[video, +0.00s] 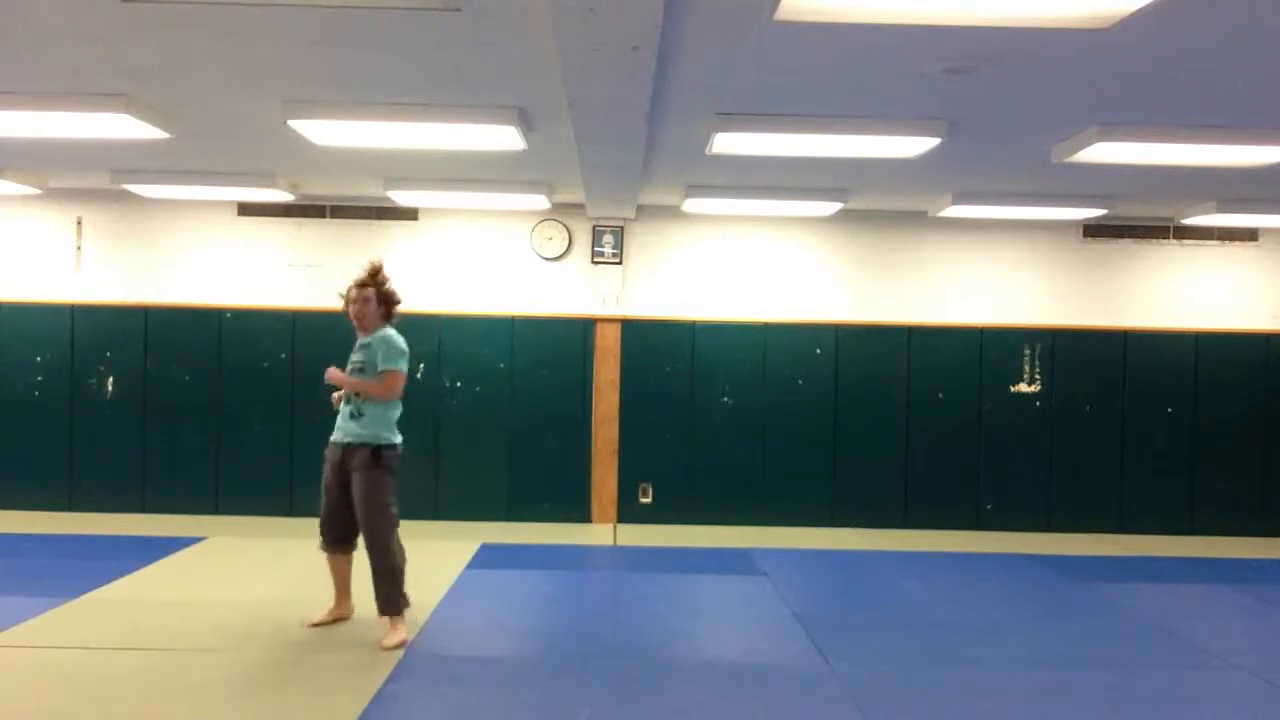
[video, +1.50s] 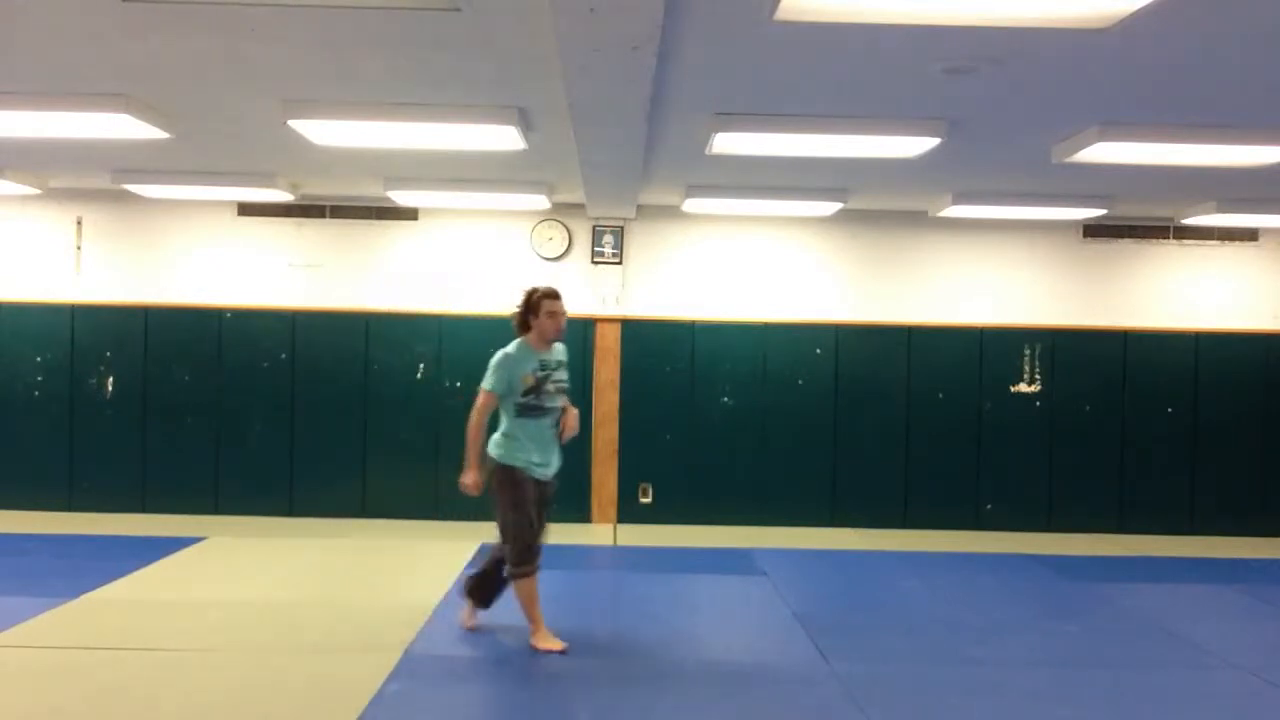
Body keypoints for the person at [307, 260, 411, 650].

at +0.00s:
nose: (356, 309)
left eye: (364, 302)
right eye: (352, 302)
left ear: (383, 306)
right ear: (347, 306)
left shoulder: (391, 342)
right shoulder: (361, 344)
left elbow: (392, 388)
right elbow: (373, 389)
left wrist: (345, 381)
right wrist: (347, 396)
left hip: (373, 446)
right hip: (341, 442)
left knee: (378, 531)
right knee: (335, 526)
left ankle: (395, 618)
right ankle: (341, 603)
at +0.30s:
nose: (362, 307)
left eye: (370, 302)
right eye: (357, 301)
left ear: (383, 309)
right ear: (349, 307)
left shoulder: (394, 342)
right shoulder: (346, 348)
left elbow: (377, 383)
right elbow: (343, 393)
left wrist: (344, 417)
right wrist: (332, 419)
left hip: (383, 451)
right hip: (344, 451)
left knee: (386, 533)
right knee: (343, 530)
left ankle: (397, 617)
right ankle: (344, 607)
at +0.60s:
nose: (404, 314)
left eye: (409, 308)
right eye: (398, 307)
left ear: (418, 315)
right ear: (383, 312)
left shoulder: (430, 351)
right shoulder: (363, 342)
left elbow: (444, 400)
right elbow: (336, 363)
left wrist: (421, 370)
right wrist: (380, 349)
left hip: (411, 460)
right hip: (362, 459)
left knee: (427, 538)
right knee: (351, 536)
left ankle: (443, 610)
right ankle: (344, 607)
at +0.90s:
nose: (468, 317)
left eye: (471, 311)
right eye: (462, 310)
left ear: (472, 316)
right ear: (443, 312)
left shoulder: (468, 352)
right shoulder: (422, 345)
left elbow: (459, 396)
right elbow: (407, 372)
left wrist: (482, 404)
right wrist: (448, 359)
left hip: (464, 458)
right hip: (426, 456)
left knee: (460, 541)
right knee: (398, 532)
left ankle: (451, 610)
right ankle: (357, 598)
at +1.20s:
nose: (518, 322)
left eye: (520, 315)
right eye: (511, 315)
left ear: (516, 320)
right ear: (491, 318)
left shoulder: (507, 356)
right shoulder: (465, 357)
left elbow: (500, 398)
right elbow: (442, 409)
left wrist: (531, 401)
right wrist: (429, 460)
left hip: (490, 457)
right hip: (463, 455)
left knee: (465, 532)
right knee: (482, 532)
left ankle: (447, 608)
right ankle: (483, 622)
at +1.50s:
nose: (560, 321)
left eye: (562, 314)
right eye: (552, 315)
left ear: (562, 318)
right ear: (532, 319)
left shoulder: (560, 353)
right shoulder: (508, 359)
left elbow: (555, 393)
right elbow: (480, 412)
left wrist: (570, 410)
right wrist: (472, 467)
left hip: (546, 462)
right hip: (512, 462)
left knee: (526, 540)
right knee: (522, 544)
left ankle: (476, 594)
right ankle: (538, 630)